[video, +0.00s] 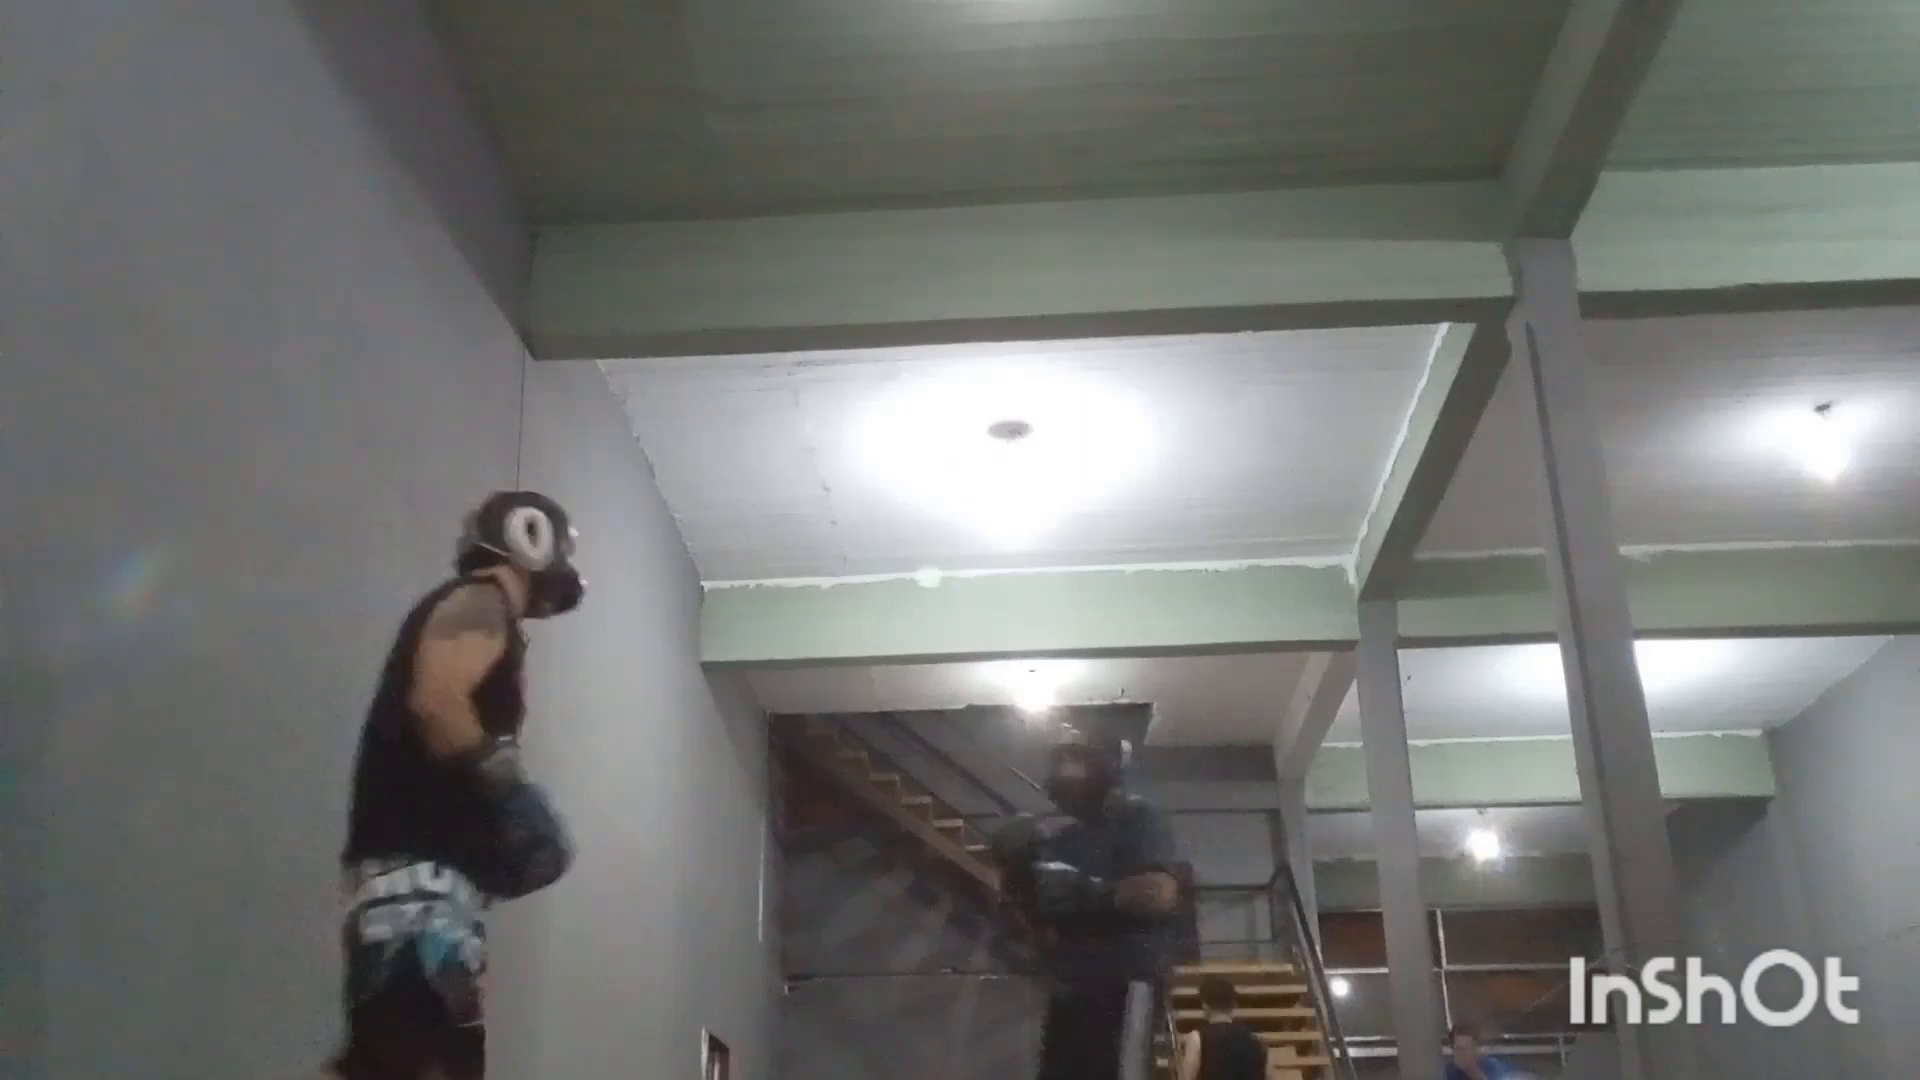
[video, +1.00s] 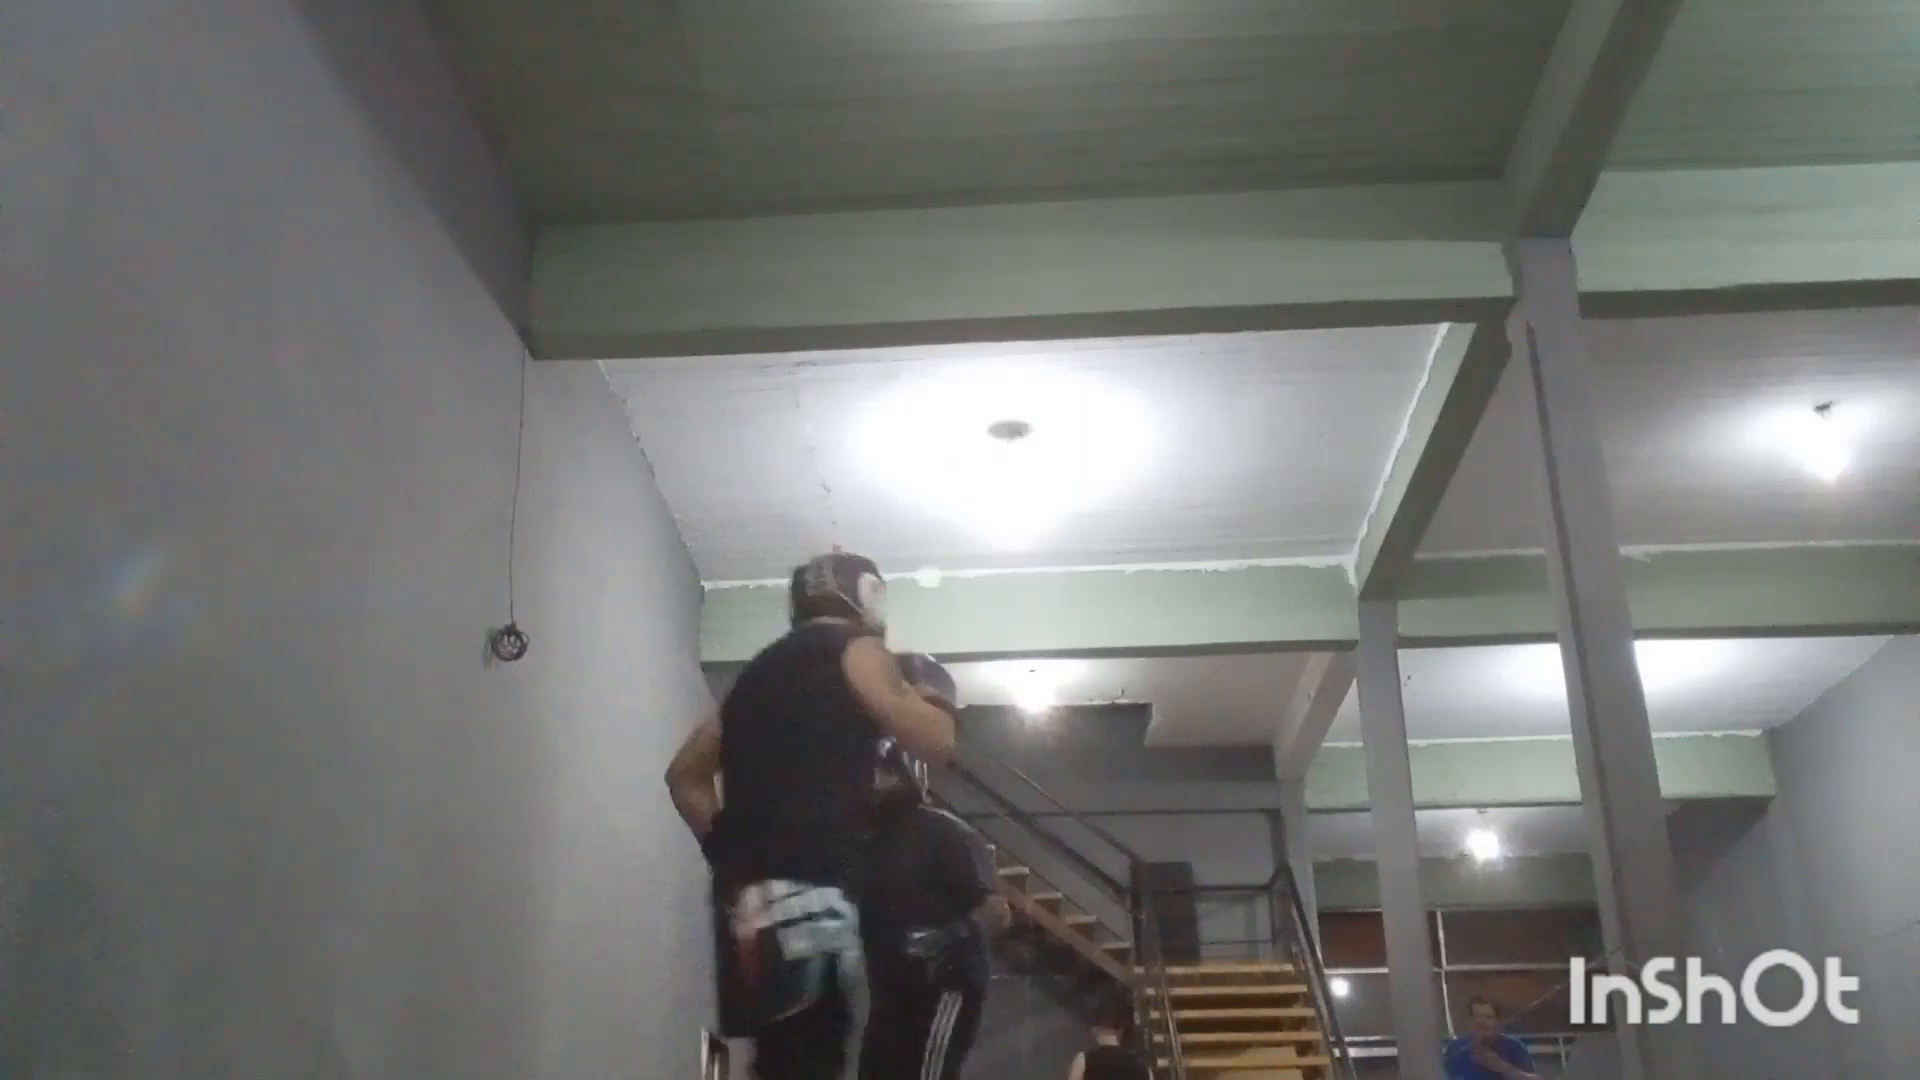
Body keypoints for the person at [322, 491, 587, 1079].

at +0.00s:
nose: (558, 579)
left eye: (562, 563)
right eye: (556, 560)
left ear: (511, 539)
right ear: (527, 537)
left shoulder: (468, 607)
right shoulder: (480, 603)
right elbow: (439, 700)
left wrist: (506, 819)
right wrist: (513, 799)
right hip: (418, 876)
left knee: (392, 1054)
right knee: (432, 1055)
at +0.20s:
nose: (613, 592)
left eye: (616, 579)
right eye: (612, 573)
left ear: (548, 554)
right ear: (592, 554)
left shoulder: (506, 620)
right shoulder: (538, 609)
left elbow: (499, 777)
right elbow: (535, 713)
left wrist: (587, 824)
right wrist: (633, 739)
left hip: (457, 866)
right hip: (496, 868)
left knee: (453, 1056)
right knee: (510, 1052)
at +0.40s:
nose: (688, 590)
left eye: (689, 573)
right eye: (683, 570)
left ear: (612, 561)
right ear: (658, 561)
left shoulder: (573, 628)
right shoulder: (610, 617)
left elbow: (632, 729)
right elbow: (685, 709)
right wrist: (728, 669)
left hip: (524, 884)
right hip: (568, 886)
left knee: (522, 1060)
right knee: (606, 1060)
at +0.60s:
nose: (757, 581)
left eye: (758, 568)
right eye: (753, 565)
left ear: (679, 563)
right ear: (729, 562)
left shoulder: (643, 631)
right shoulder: (703, 619)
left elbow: (726, 719)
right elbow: (796, 709)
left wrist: (767, 649)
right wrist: (806, 647)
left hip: (611, 866)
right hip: (662, 867)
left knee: (646, 1046)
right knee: (690, 1049)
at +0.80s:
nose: (823, 580)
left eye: (821, 567)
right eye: (817, 566)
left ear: (741, 572)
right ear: (796, 566)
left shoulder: (708, 637)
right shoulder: (785, 625)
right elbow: (870, 717)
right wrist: (878, 674)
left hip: (674, 867)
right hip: (732, 868)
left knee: (705, 1044)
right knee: (728, 1050)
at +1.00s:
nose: (883, 610)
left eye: (881, 596)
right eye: (877, 596)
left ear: (803, 603)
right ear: (858, 597)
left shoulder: (757, 673)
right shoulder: (857, 650)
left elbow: (686, 775)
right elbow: (939, 741)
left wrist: (729, 855)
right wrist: (928, 691)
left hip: (743, 881)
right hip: (810, 880)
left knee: (776, 1052)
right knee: (813, 1055)